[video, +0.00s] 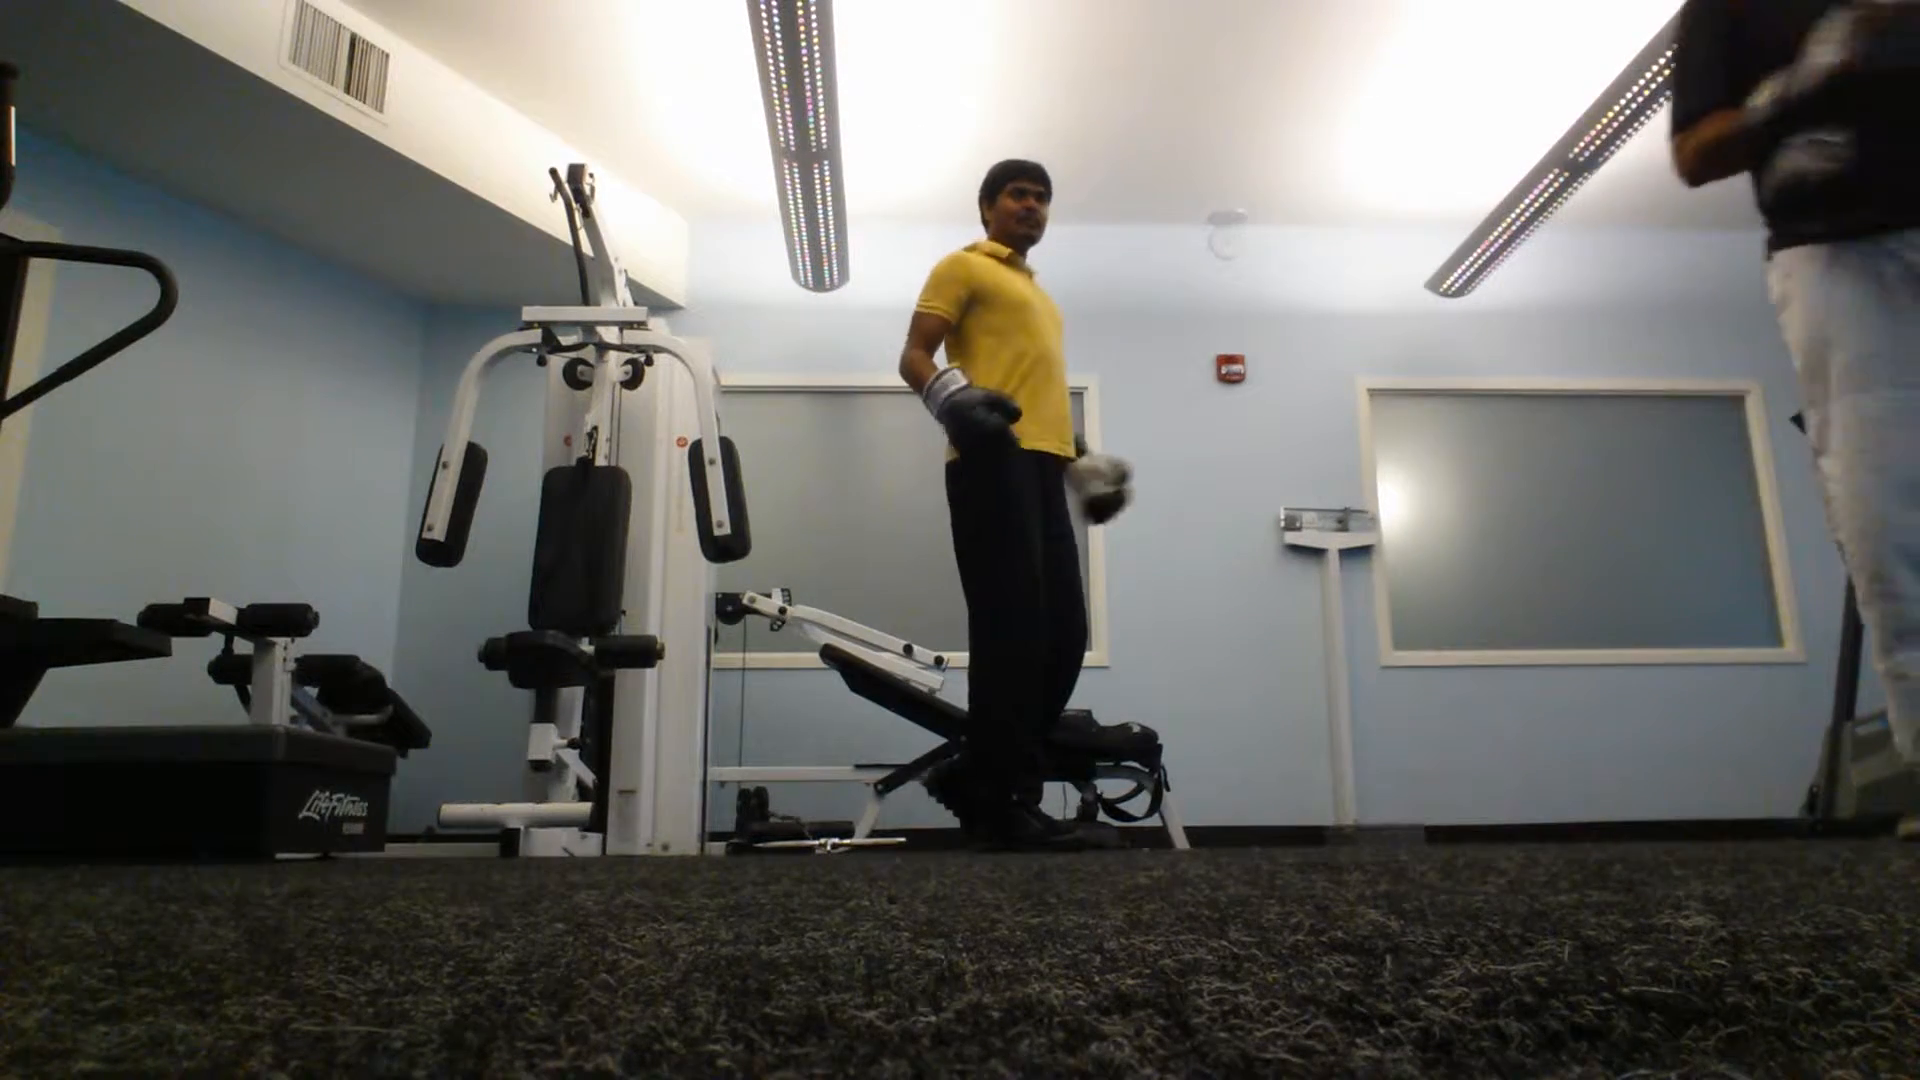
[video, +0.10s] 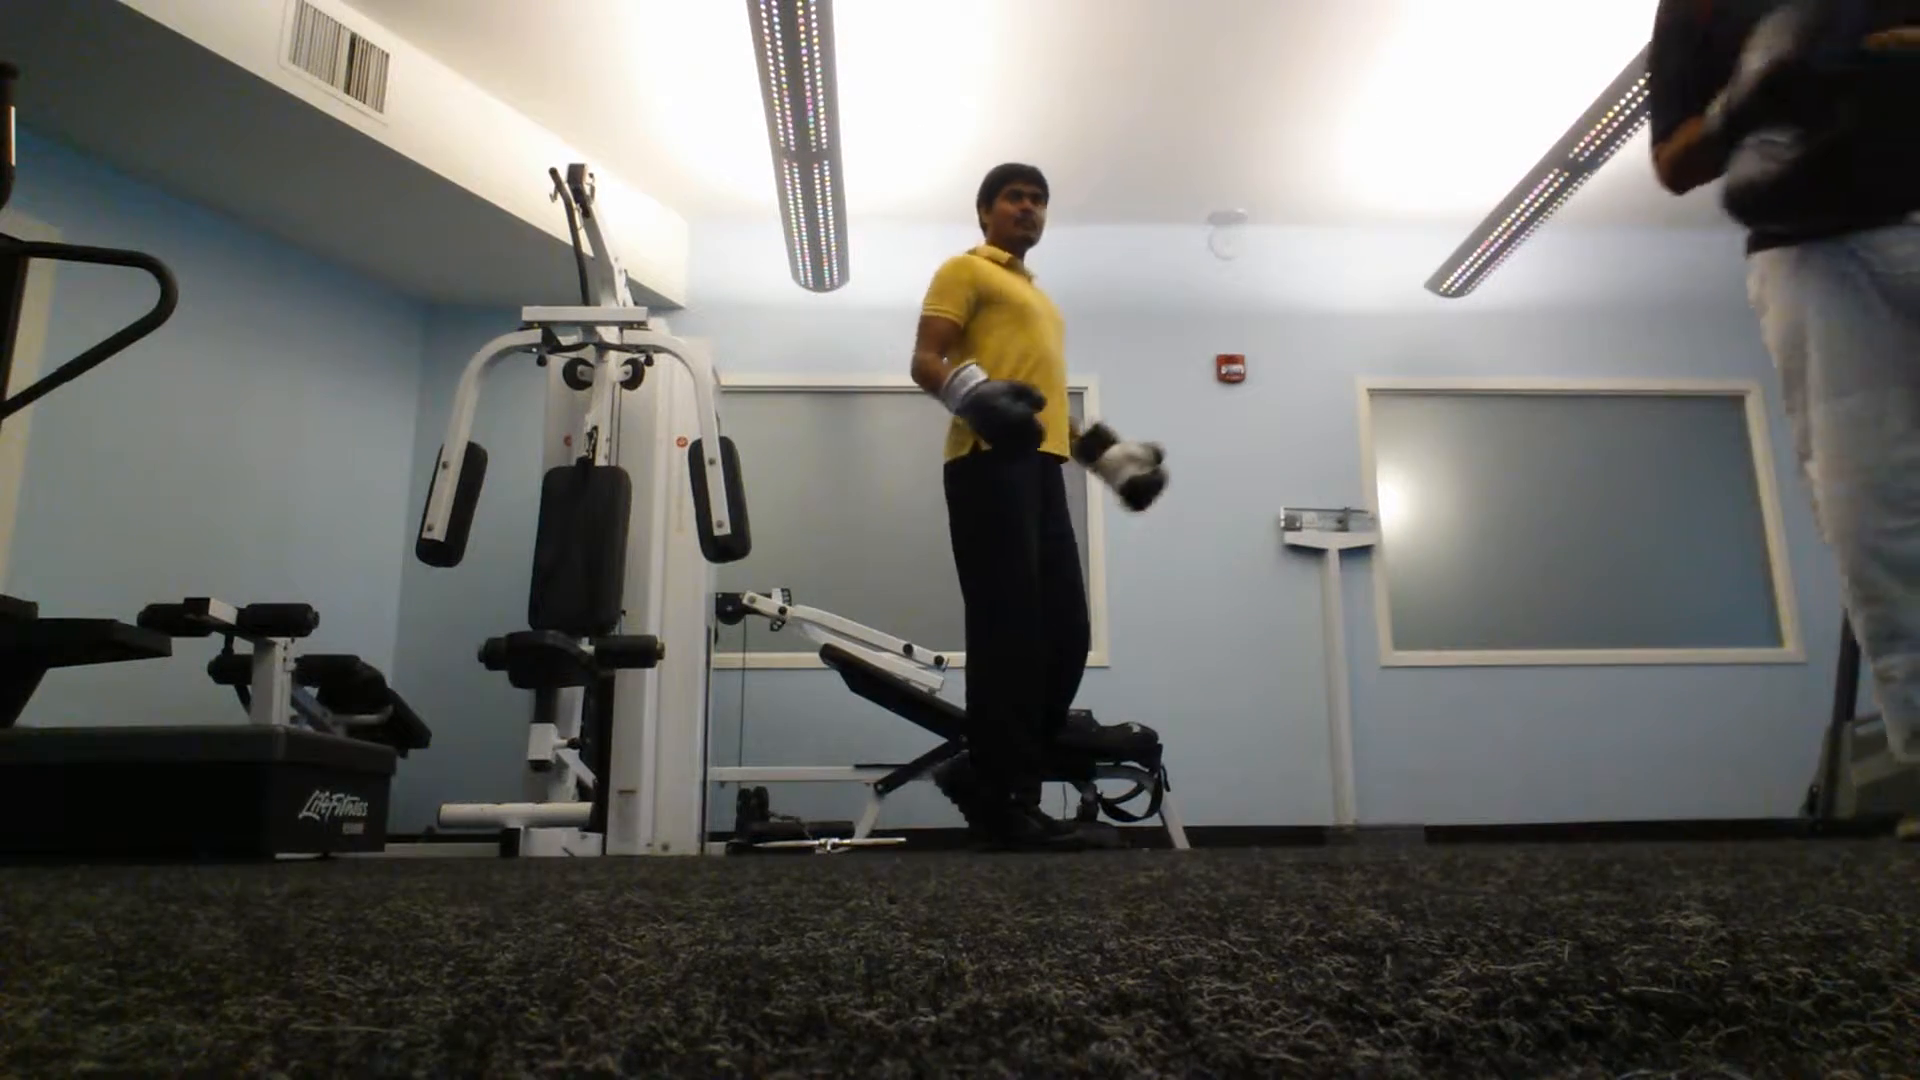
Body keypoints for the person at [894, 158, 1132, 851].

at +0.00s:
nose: (1029, 205)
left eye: (1038, 198)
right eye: (1016, 195)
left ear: (1047, 214)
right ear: (987, 207)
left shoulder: (1035, 293)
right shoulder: (963, 267)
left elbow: (1036, 391)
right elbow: (916, 356)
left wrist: (1077, 462)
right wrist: (950, 399)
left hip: (1042, 468)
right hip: (993, 462)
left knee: (1064, 634)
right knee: (1009, 628)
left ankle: (1008, 792)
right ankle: (995, 804)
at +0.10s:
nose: (1027, 208)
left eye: (1037, 201)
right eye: (1014, 197)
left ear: (1045, 218)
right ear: (984, 210)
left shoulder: (1038, 297)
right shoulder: (962, 271)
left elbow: (1046, 398)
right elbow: (927, 361)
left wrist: (1105, 452)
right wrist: (978, 393)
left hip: (1039, 470)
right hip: (988, 466)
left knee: (1063, 626)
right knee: (1007, 625)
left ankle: (1019, 783)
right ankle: (1000, 799)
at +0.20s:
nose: (1024, 213)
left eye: (1033, 206)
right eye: (1011, 202)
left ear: (1040, 222)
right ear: (980, 215)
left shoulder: (1039, 301)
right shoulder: (970, 273)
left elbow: (1055, 403)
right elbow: (937, 364)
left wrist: (1121, 445)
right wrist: (1002, 394)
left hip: (1040, 472)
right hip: (991, 468)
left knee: (1059, 625)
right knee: (1009, 623)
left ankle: (1020, 779)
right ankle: (1003, 797)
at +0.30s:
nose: (1022, 217)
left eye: (1031, 210)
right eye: (1009, 207)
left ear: (1040, 227)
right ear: (980, 223)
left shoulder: (1041, 305)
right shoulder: (976, 278)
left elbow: (1058, 399)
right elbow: (948, 368)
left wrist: (1125, 430)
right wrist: (1020, 393)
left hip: (1040, 475)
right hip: (996, 470)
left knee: (1048, 632)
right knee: (1010, 630)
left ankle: (1024, 799)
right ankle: (1002, 805)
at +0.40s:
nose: (1026, 223)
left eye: (1035, 216)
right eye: (1013, 213)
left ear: (1044, 232)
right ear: (984, 229)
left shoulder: (1043, 310)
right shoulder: (979, 284)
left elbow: (1064, 405)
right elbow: (954, 375)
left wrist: (1135, 419)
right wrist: (1027, 387)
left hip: (1041, 477)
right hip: (999, 473)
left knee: (1043, 635)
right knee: (1010, 633)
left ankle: (1020, 804)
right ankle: (1000, 809)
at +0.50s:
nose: (1031, 231)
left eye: (1039, 223)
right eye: (1017, 221)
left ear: (1048, 239)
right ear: (990, 236)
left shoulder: (1047, 315)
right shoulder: (983, 290)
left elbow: (1064, 419)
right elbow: (950, 378)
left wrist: (1137, 416)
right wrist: (1016, 380)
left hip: (1044, 484)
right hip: (1002, 480)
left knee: (1038, 639)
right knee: (1011, 637)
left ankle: (1020, 804)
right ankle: (1001, 809)